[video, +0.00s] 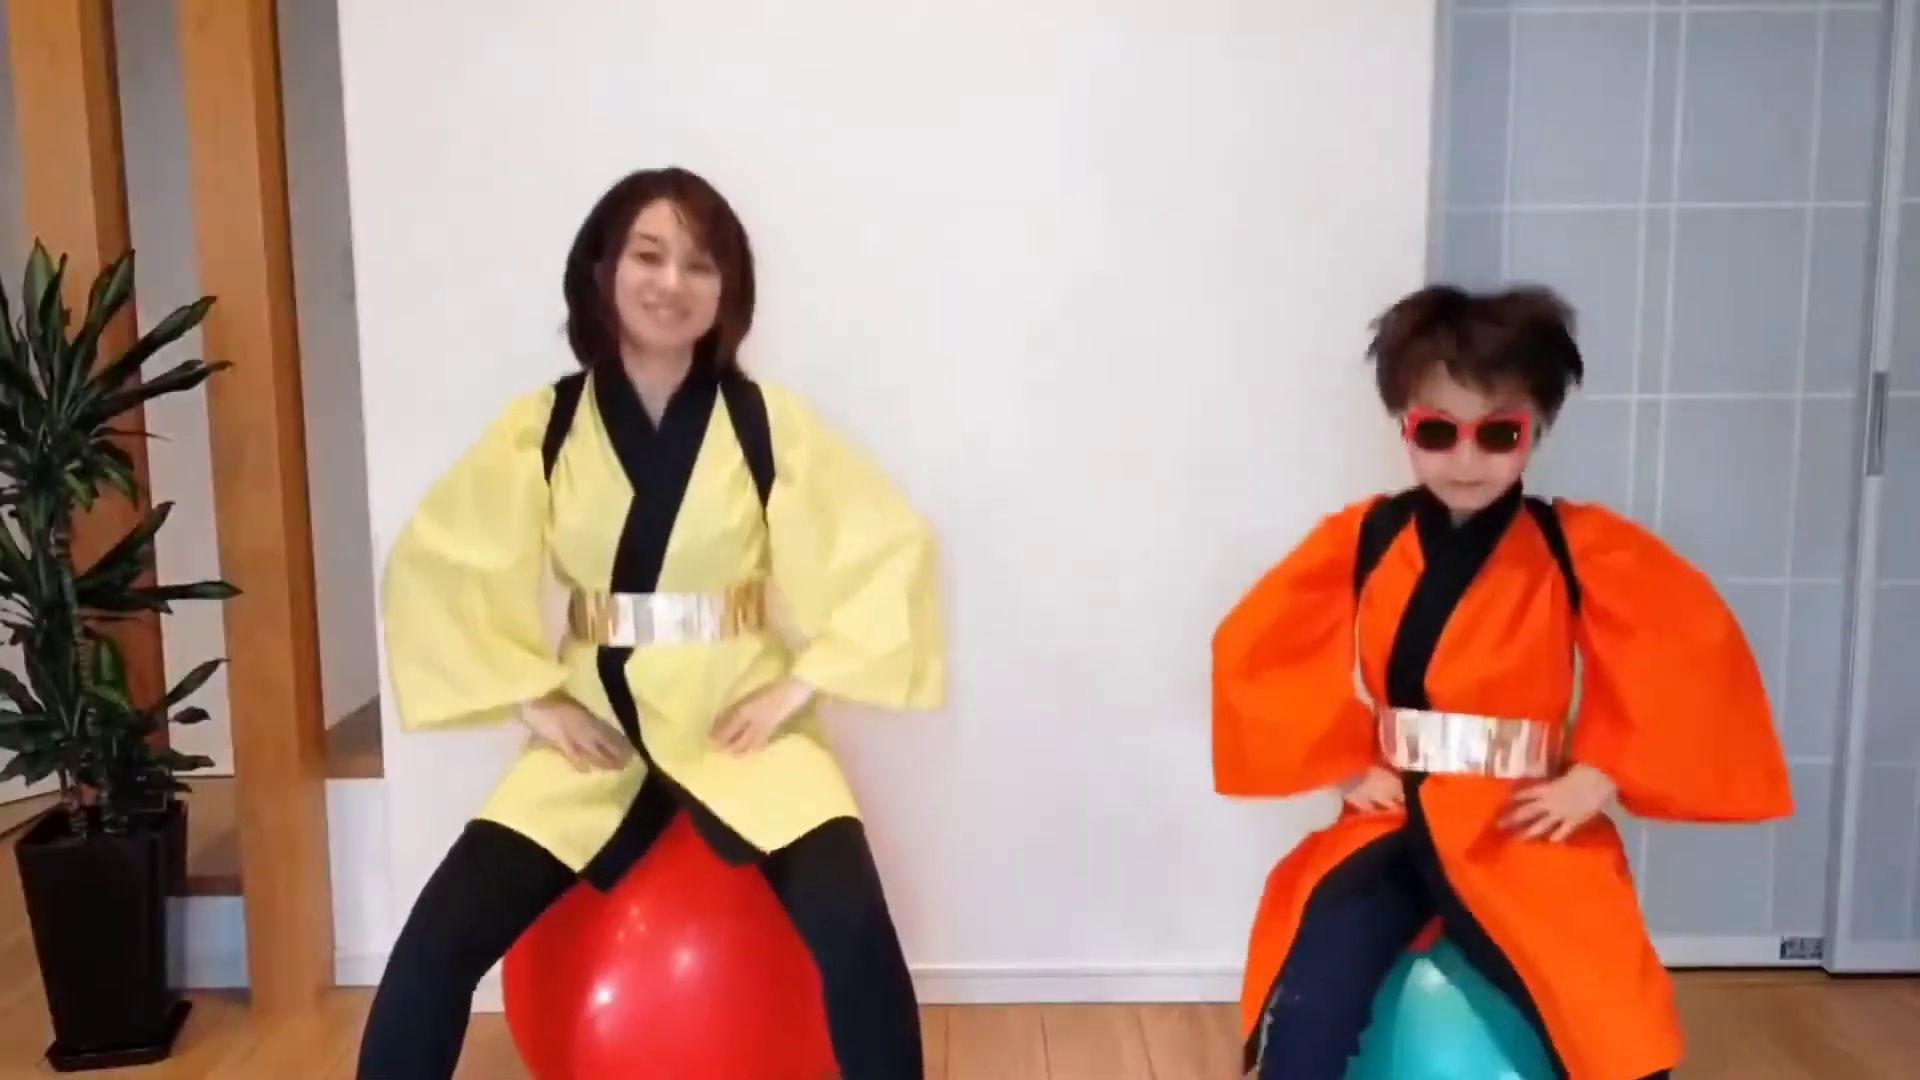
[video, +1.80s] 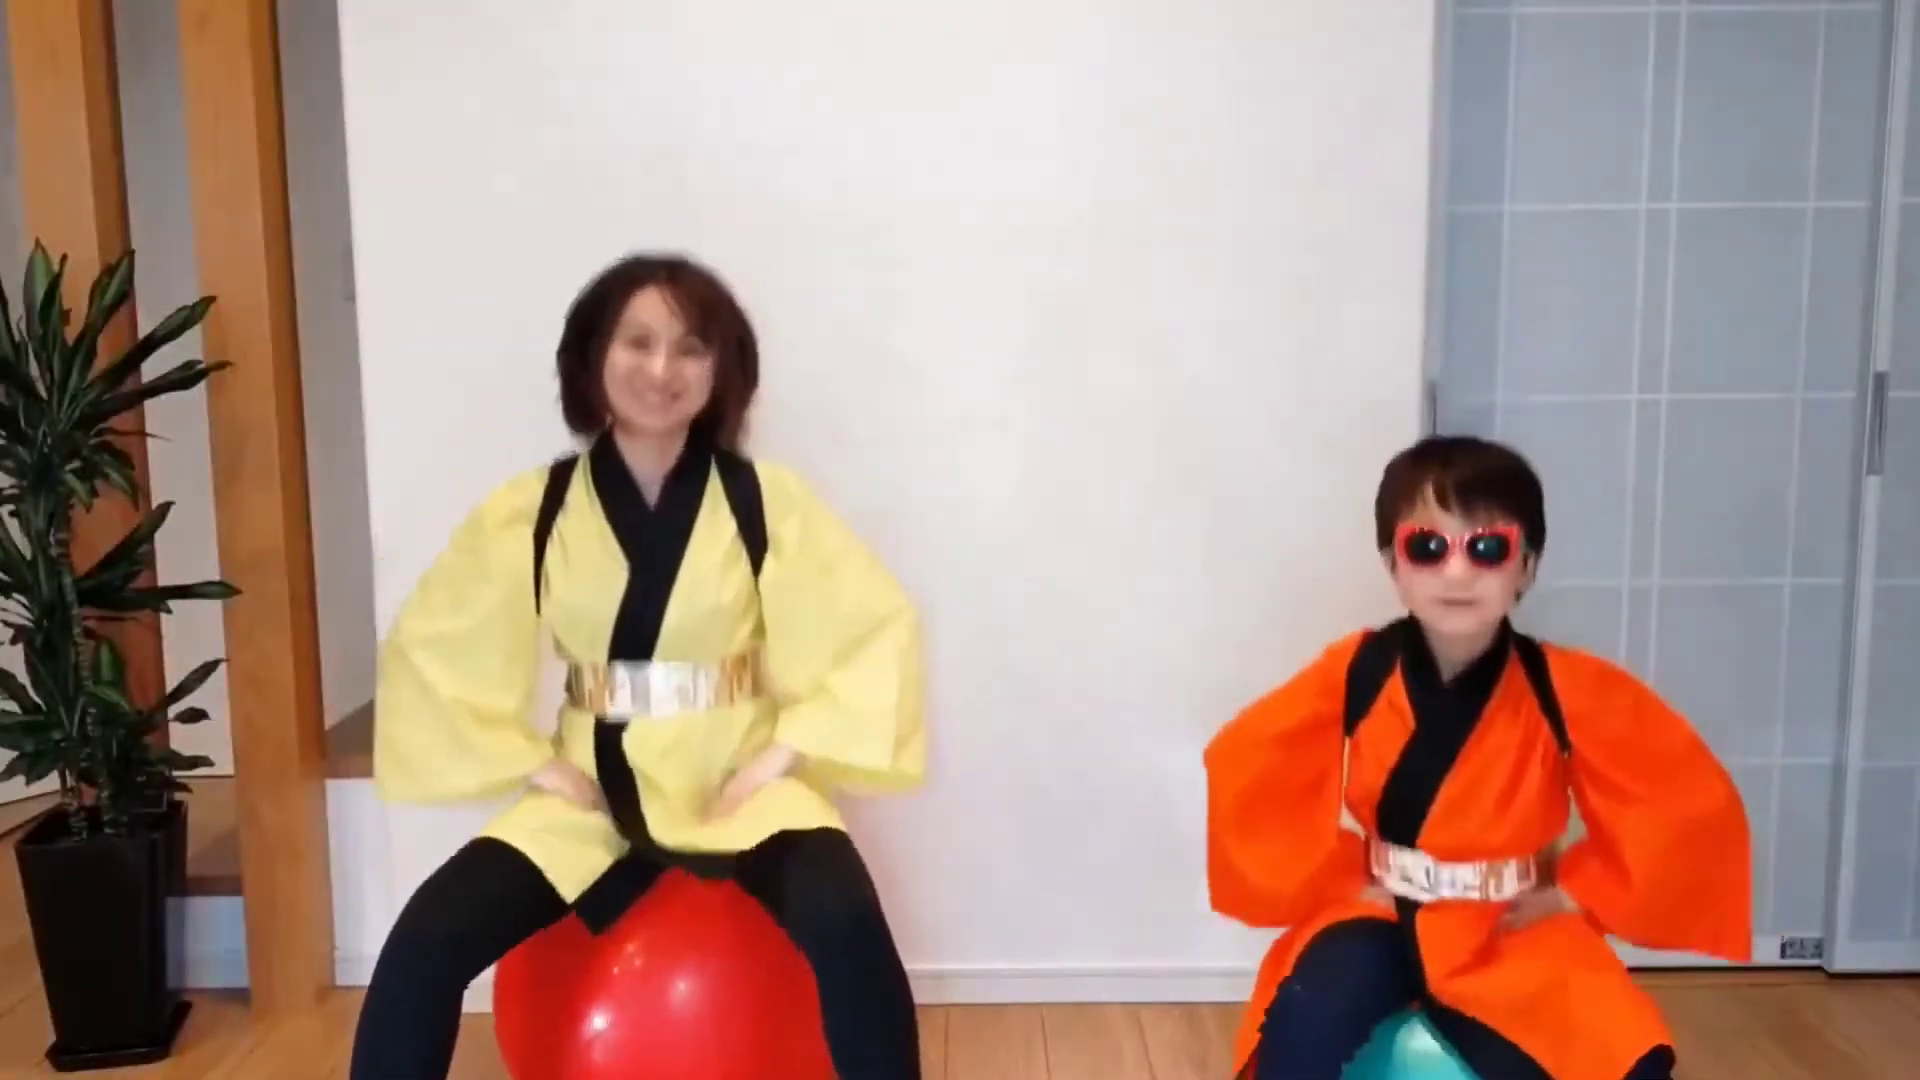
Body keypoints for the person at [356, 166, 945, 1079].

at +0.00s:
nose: (669, 282)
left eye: (697, 264)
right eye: (646, 255)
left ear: (727, 290)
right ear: (602, 273)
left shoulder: (769, 425)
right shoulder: (541, 427)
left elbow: (891, 551)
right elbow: (432, 567)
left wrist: (801, 682)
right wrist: (536, 698)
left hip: (752, 733)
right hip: (590, 736)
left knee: (856, 927)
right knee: (434, 945)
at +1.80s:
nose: (661, 371)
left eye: (688, 350)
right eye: (637, 344)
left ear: (720, 371)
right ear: (594, 359)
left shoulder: (764, 500)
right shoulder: (534, 508)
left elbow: (880, 631)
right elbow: (426, 654)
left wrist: (781, 751)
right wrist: (539, 763)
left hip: (745, 792)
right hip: (588, 799)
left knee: (847, 922)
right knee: (425, 939)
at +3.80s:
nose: (639, 298)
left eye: (665, 271)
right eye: (612, 274)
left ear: (705, 286)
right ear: (577, 293)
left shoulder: (763, 425)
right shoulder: (536, 434)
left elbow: (871, 573)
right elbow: (439, 589)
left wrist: (780, 703)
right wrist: (547, 717)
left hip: (755, 738)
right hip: (596, 745)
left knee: (855, 933)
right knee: (443, 951)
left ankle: (887, 1078)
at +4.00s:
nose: (644, 356)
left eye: (671, 332)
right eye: (618, 333)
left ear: (714, 347)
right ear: (583, 349)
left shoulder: (769, 475)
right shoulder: (537, 484)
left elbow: (878, 610)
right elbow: (436, 635)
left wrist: (781, 735)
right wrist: (546, 745)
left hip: (754, 768)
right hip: (594, 774)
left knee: (857, 929)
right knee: (440, 951)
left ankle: (887, 1071)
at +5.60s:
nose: (670, 312)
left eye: (698, 292)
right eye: (646, 282)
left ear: (727, 314)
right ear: (600, 295)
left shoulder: (767, 446)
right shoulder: (521, 445)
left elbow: (851, 591)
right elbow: (435, 584)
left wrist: (801, 671)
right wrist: (500, 696)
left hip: (746, 747)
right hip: (583, 754)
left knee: (853, 932)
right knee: (433, 950)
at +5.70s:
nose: (675, 383)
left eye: (702, 362)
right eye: (650, 358)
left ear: (728, 386)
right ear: (603, 375)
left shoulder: (765, 524)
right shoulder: (540, 521)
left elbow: (808, 643)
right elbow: (456, 644)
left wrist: (836, 698)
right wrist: (390, 738)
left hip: (742, 805)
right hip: (591, 814)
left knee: (844, 905)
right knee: (434, 941)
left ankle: (885, 1073)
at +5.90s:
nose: (690, 362)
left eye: (715, 343)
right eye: (665, 337)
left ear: (743, 367)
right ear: (624, 352)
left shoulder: (772, 503)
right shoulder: (556, 484)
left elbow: (871, 676)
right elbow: (431, 603)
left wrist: (816, 585)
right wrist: (363, 563)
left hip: (733, 799)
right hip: (582, 804)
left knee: (844, 928)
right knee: (427, 944)